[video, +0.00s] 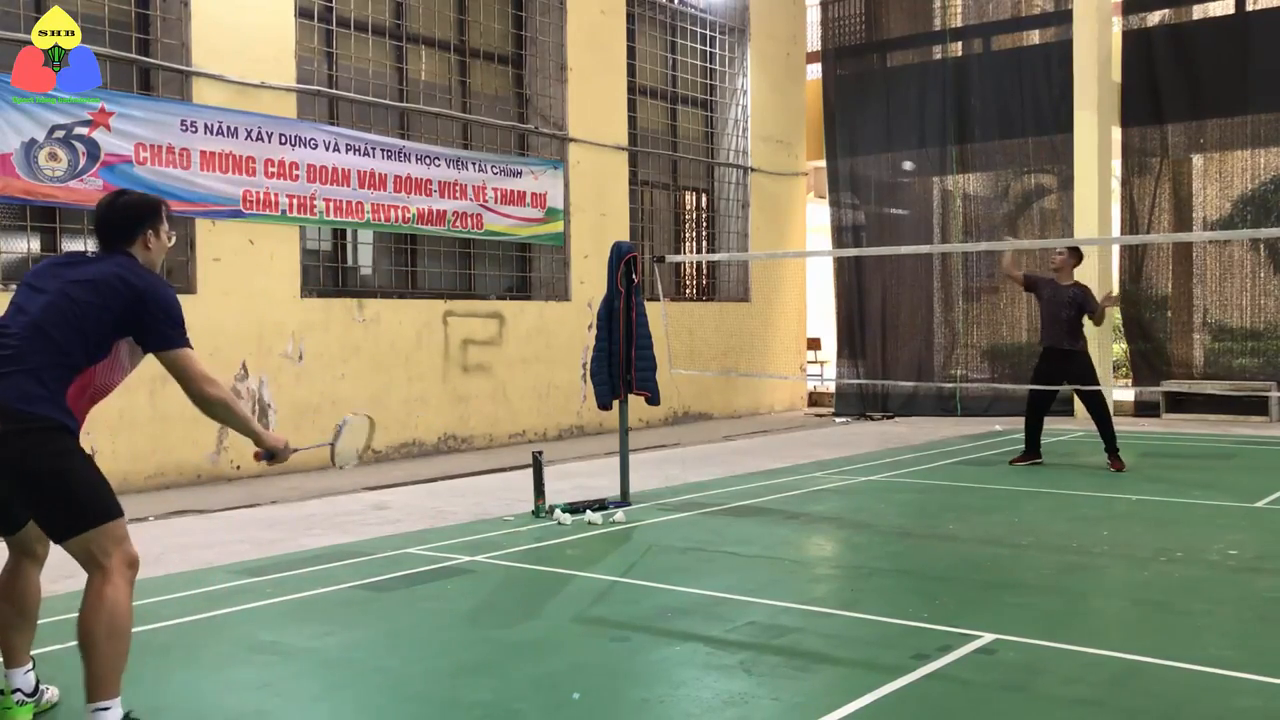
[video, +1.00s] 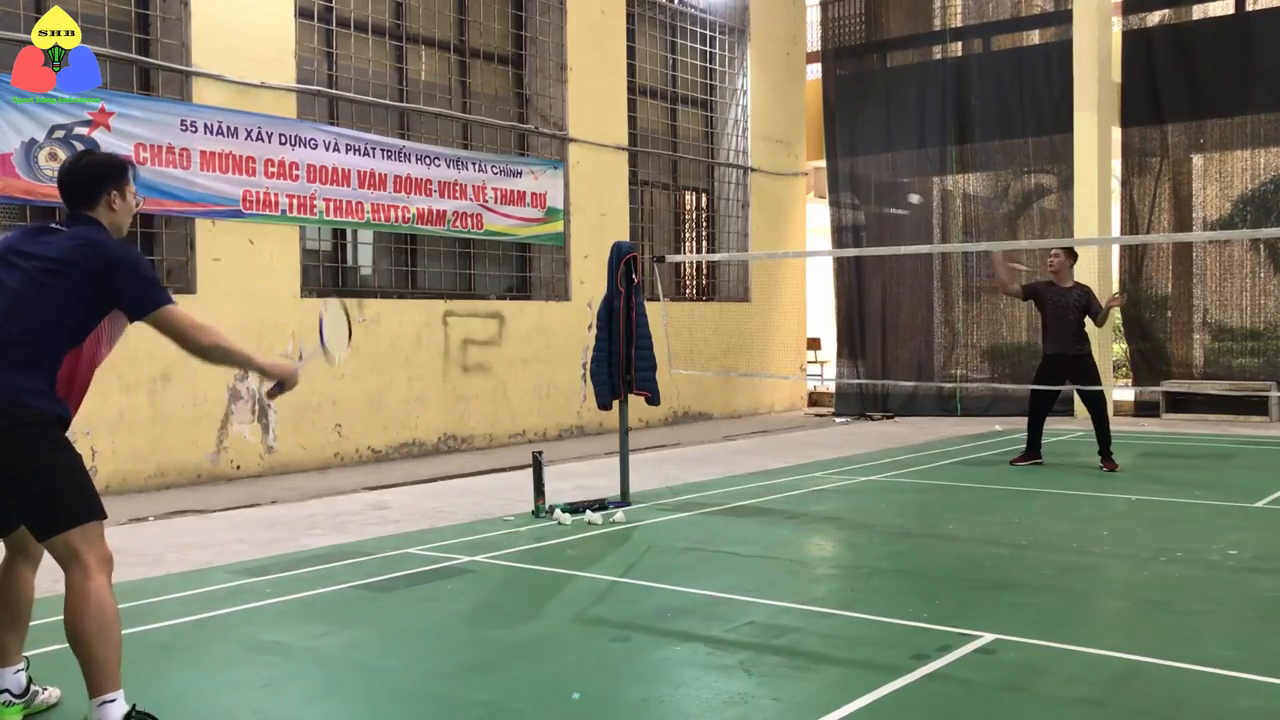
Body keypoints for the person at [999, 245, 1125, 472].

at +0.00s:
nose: (1053, 256)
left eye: (1060, 254)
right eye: (1055, 253)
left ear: (1073, 261)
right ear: (1054, 260)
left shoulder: (1081, 291)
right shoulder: (1043, 284)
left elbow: (1098, 321)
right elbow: (1009, 270)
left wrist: (1102, 306)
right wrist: (1010, 246)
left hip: (1077, 356)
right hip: (1050, 355)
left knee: (1097, 405)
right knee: (1035, 403)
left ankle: (1113, 454)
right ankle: (1032, 451)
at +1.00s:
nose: (1050, 260)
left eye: (1055, 256)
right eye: (1049, 256)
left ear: (1070, 262)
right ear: (1048, 262)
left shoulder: (1083, 292)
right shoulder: (1042, 288)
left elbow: (1099, 322)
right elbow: (1010, 289)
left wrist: (1108, 307)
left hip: (1081, 359)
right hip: (1052, 358)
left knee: (1098, 408)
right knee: (1037, 405)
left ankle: (1106, 456)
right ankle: (1032, 452)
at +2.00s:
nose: (1036, 266)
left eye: (1041, 262)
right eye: (1035, 263)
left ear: (1055, 263)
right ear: (1035, 267)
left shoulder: (1077, 290)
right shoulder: (1037, 295)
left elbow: (1092, 319)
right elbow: (1029, 318)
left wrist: (1095, 306)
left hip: (1074, 359)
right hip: (1046, 359)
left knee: (1091, 406)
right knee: (1029, 401)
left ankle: (1105, 455)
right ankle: (1030, 453)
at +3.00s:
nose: (1040, 260)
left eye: (1045, 256)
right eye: (1037, 256)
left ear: (1055, 260)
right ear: (1033, 261)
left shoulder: (1067, 289)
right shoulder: (1029, 290)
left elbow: (1080, 316)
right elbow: (1014, 300)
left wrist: (1109, 318)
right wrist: (1002, 304)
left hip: (1067, 358)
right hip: (1039, 358)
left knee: (1080, 406)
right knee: (1030, 406)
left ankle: (1087, 454)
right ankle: (1029, 455)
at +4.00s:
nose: (1029, 259)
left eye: (1034, 254)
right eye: (1027, 255)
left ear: (1047, 258)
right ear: (1026, 260)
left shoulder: (1064, 287)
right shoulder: (1024, 288)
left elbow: (1080, 317)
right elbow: (1013, 297)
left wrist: (1102, 338)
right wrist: (1007, 301)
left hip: (1063, 355)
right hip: (1037, 355)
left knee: (1061, 408)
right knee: (1032, 406)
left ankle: (1053, 455)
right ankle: (1035, 452)